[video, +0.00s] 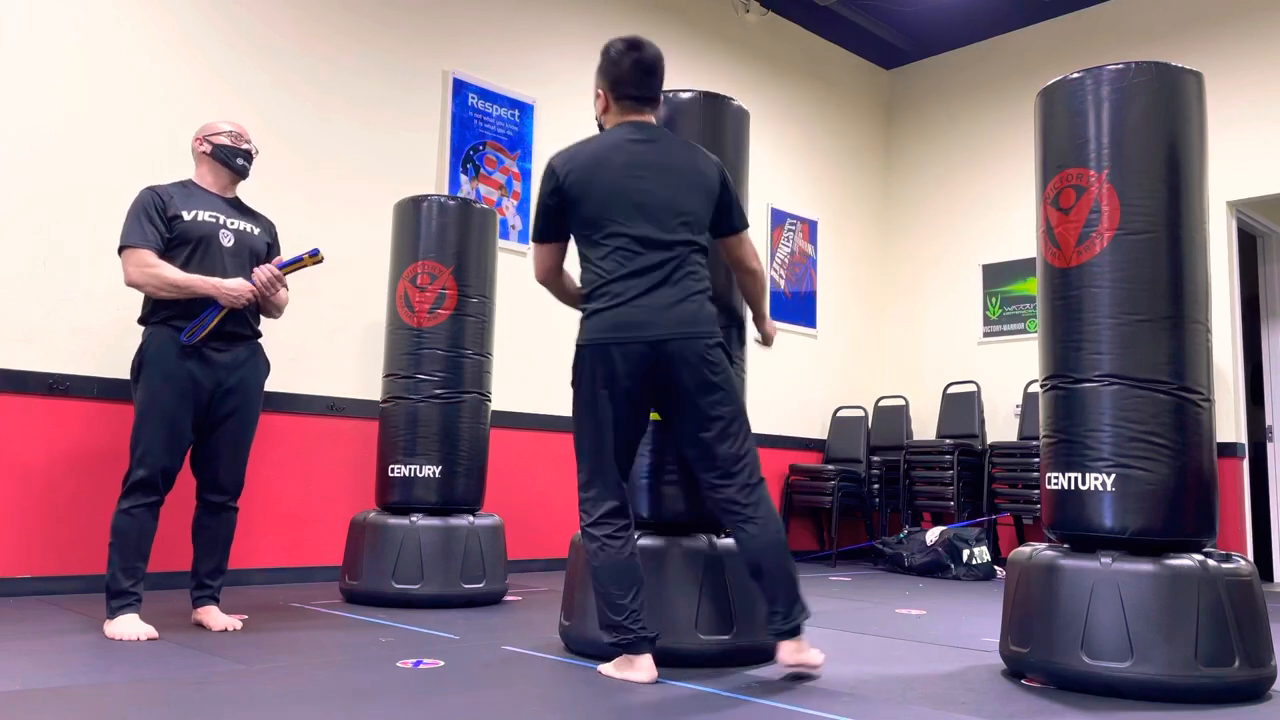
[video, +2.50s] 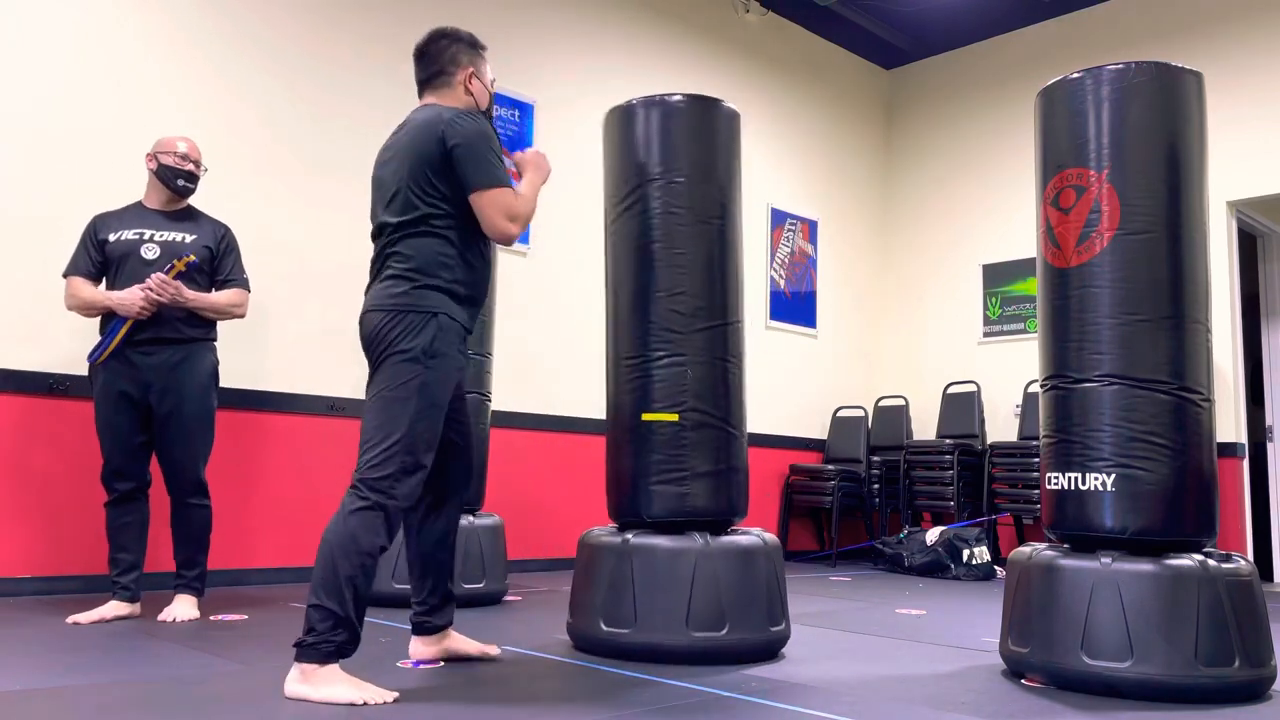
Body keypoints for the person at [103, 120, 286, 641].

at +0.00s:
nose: (246, 147)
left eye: (250, 143)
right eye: (234, 138)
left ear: (251, 162)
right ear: (201, 146)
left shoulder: (262, 227)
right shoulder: (160, 199)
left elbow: (277, 307)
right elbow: (137, 269)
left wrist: (271, 292)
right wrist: (215, 287)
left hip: (241, 362)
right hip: (173, 356)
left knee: (222, 490)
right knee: (147, 481)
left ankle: (206, 601)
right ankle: (124, 608)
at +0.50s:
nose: (264, 154)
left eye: (272, 151)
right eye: (254, 145)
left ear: (278, 169)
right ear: (227, 154)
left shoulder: (284, 236)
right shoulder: (179, 207)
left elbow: (290, 315)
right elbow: (134, 273)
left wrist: (301, 296)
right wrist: (189, 300)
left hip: (249, 372)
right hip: (181, 362)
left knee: (229, 491)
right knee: (157, 478)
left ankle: (208, 601)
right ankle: (125, 603)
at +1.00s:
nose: (213, 162)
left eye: (223, 156)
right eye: (205, 154)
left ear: (240, 165)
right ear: (189, 160)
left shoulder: (262, 233)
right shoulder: (153, 220)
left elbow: (277, 311)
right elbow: (111, 285)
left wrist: (262, 298)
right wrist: (139, 308)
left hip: (230, 372)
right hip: (160, 367)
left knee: (222, 487)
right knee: (134, 479)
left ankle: (207, 602)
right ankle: (124, 593)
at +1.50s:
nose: (143, 169)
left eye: (151, 160)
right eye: (132, 161)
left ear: (165, 163)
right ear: (113, 165)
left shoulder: (200, 223)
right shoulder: (91, 232)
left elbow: (231, 289)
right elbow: (55, 296)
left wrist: (184, 287)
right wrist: (79, 323)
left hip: (181, 370)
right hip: (115, 372)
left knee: (192, 479)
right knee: (119, 484)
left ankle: (203, 594)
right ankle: (124, 595)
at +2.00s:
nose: (156, 162)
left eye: (164, 157)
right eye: (145, 153)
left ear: (172, 170)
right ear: (118, 160)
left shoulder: (192, 228)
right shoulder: (79, 227)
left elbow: (218, 297)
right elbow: (51, 296)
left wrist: (166, 297)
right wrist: (89, 300)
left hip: (172, 370)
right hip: (104, 372)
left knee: (183, 479)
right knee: (115, 485)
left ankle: (193, 591)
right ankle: (124, 594)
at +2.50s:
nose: (186, 164)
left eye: (194, 161)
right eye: (176, 154)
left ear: (200, 177)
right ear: (150, 162)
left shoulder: (215, 234)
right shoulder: (106, 226)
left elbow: (238, 304)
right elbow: (74, 294)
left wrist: (187, 298)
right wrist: (115, 299)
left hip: (187, 370)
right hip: (119, 370)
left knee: (187, 483)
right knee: (123, 483)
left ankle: (188, 592)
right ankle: (124, 594)